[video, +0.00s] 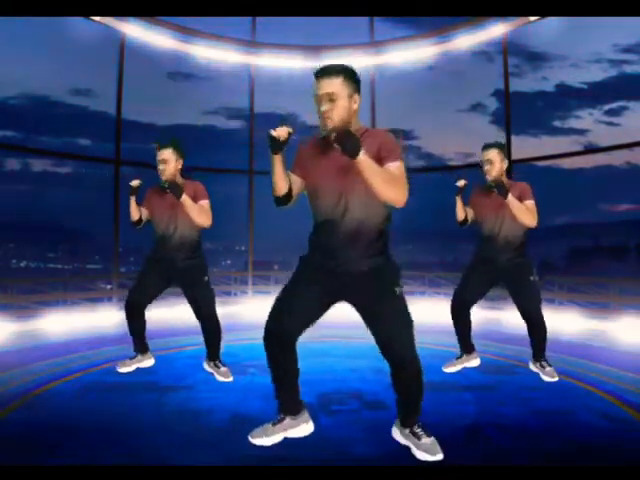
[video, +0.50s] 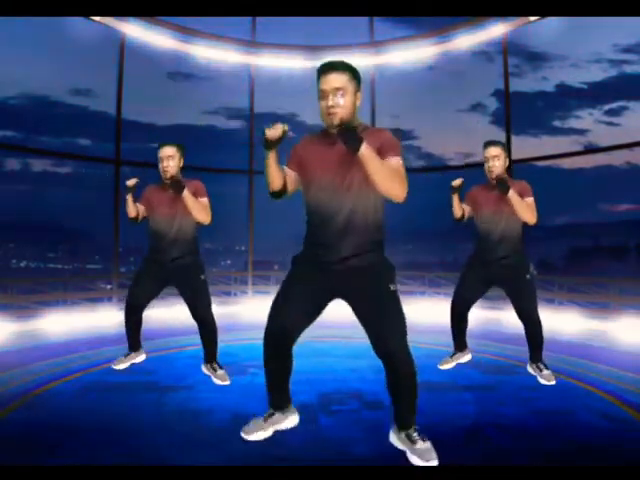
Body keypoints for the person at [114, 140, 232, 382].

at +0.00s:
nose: (160, 167)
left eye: (164, 162)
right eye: (158, 163)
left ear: (179, 163)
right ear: (156, 165)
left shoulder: (195, 188)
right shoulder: (154, 193)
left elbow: (205, 220)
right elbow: (137, 219)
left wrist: (180, 194)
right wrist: (133, 196)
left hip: (191, 263)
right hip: (161, 263)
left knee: (208, 315)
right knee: (134, 304)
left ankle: (213, 360)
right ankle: (142, 354)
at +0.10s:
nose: (165, 160)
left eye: (170, 155)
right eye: (162, 155)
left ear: (181, 157)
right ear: (157, 160)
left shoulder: (194, 183)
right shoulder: (152, 188)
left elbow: (205, 213)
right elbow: (133, 209)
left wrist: (181, 185)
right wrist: (133, 181)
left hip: (188, 259)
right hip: (157, 259)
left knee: (205, 312)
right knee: (135, 302)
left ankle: (213, 360)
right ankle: (142, 353)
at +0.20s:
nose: (166, 145)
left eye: (170, 140)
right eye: (161, 140)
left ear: (181, 142)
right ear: (157, 144)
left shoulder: (194, 168)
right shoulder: (152, 173)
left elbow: (206, 194)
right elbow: (131, 193)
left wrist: (184, 169)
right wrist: (130, 167)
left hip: (185, 247)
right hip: (156, 247)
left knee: (201, 301)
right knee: (140, 295)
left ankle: (214, 353)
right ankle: (136, 345)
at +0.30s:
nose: (166, 141)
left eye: (170, 136)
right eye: (162, 137)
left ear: (181, 138)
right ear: (158, 141)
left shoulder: (194, 163)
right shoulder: (152, 170)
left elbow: (208, 188)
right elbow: (131, 191)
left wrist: (184, 165)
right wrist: (129, 166)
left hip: (186, 244)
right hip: (157, 243)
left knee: (201, 299)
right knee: (139, 294)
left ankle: (214, 351)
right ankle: (134, 341)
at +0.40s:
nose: (166, 152)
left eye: (170, 147)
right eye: (162, 148)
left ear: (181, 149)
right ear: (158, 151)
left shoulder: (194, 174)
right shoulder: (151, 179)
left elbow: (207, 199)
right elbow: (130, 201)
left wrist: (184, 175)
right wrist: (128, 176)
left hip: (187, 253)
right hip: (156, 252)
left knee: (202, 306)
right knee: (138, 300)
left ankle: (213, 358)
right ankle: (134, 347)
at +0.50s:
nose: (166, 164)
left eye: (171, 159)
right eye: (162, 159)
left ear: (181, 161)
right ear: (158, 163)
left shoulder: (194, 187)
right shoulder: (152, 192)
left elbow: (205, 217)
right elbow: (134, 215)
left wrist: (182, 191)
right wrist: (130, 194)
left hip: (187, 264)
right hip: (156, 264)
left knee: (204, 315)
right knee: (133, 304)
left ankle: (211, 363)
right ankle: (135, 351)